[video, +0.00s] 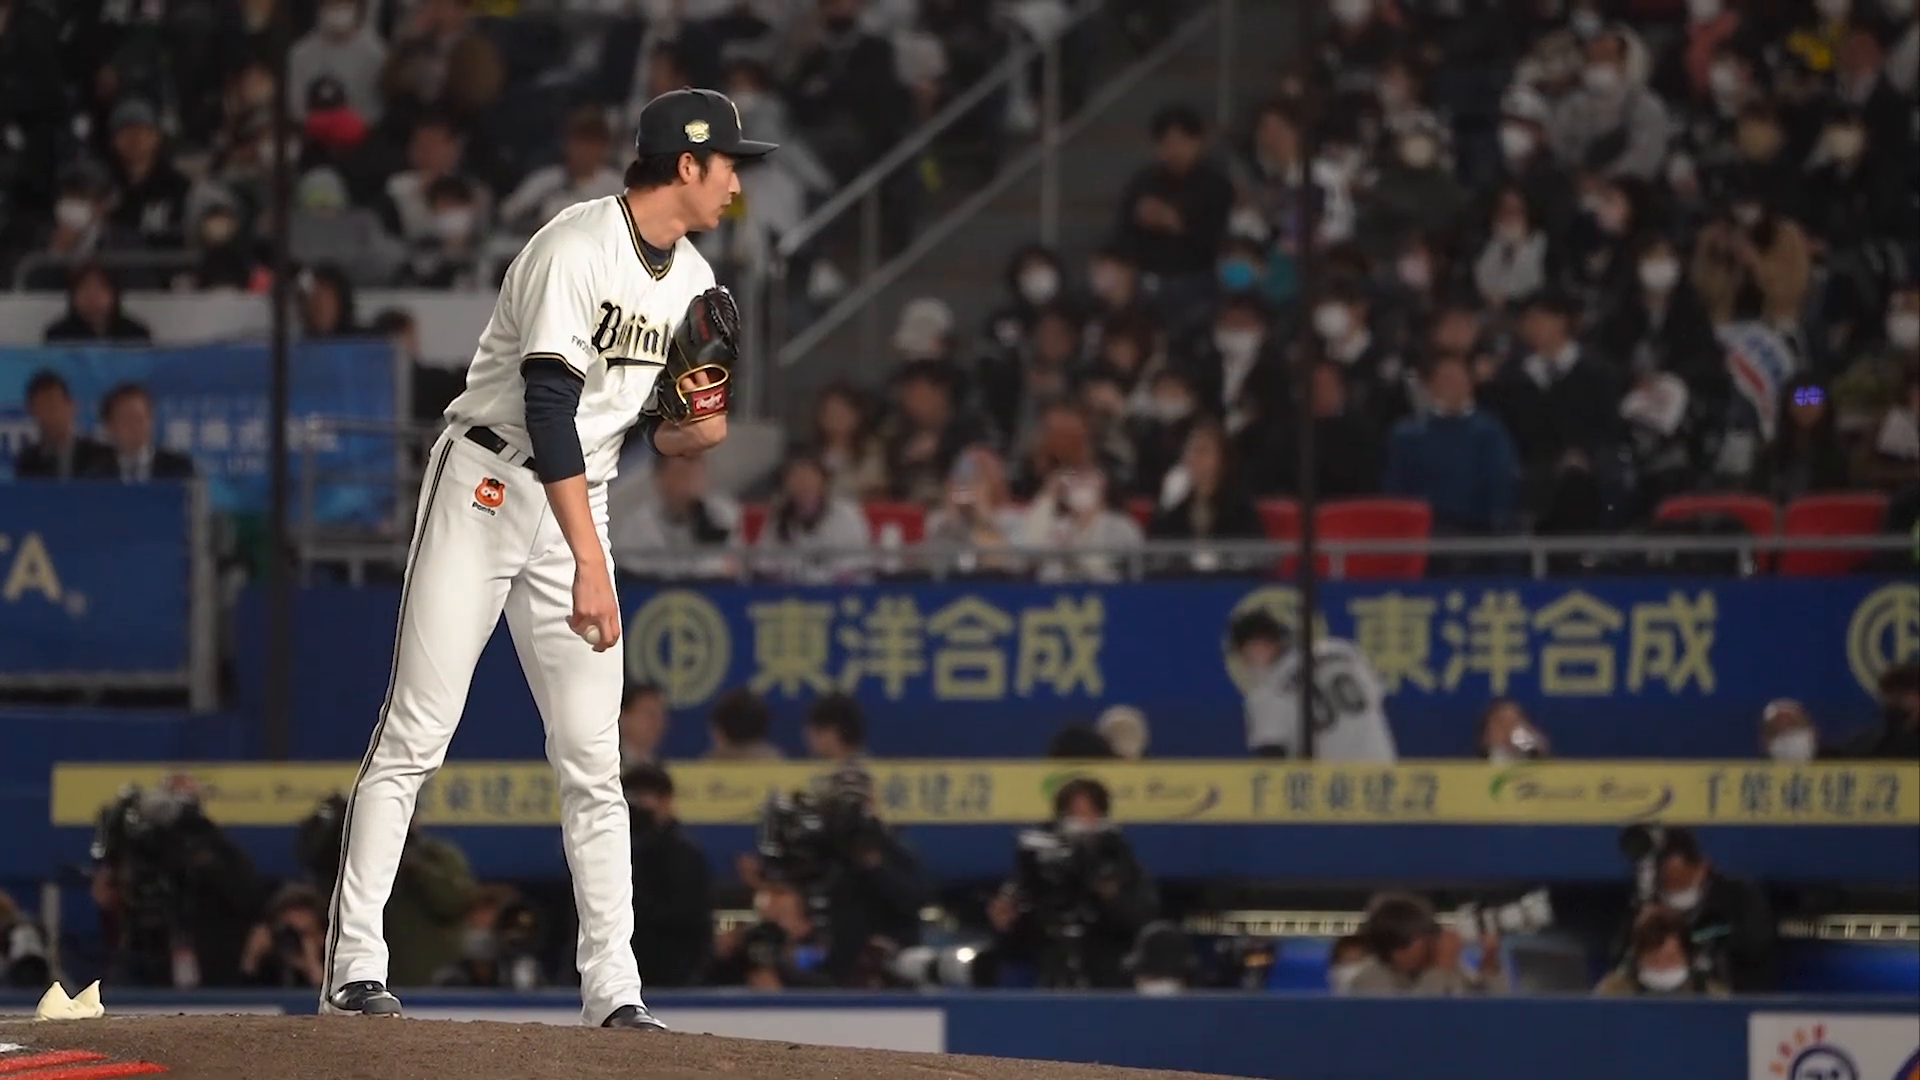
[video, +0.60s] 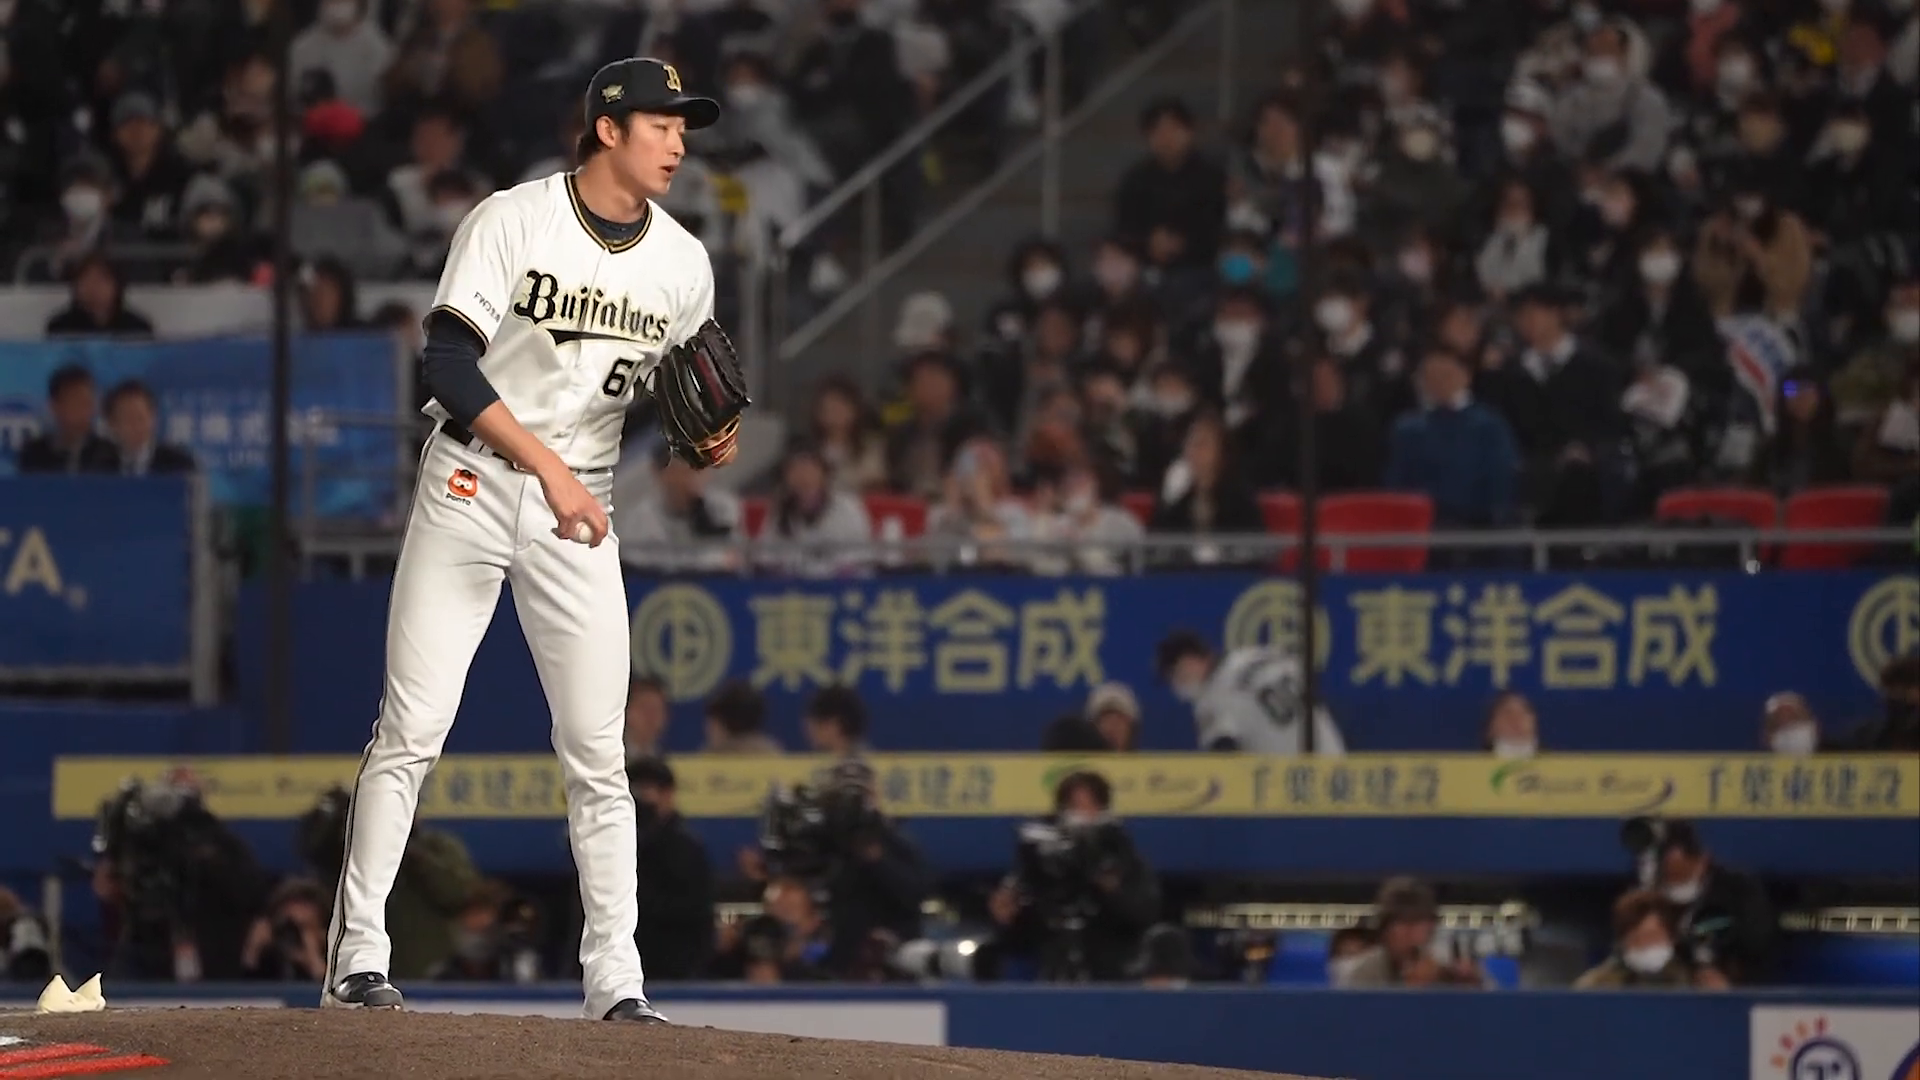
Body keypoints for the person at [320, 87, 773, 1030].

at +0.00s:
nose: (738, 182)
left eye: (737, 165)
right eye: (728, 164)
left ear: (688, 168)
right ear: (686, 166)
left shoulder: (695, 277)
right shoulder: (576, 247)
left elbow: (664, 424)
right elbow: (547, 408)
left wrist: (692, 431)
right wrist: (589, 560)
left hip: (583, 507)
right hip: (485, 482)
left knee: (592, 760)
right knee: (417, 729)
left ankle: (614, 995)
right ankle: (354, 965)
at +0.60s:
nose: (679, 144)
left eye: (683, 129)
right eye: (662, 126)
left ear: (672, 142)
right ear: (605, 128)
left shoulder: (686, 265)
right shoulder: (511, 218)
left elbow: (681, 401)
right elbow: (447, 365)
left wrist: (710, 439)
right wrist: (549, 466)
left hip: (578, 511)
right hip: (470, 492)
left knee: (599, 754)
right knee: (410, 730)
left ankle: (616, 985)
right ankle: (357, 955)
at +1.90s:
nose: (538, 118)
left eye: (553, 104)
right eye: (518, 104)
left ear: (578, 122)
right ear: (488, 124)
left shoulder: (636, 221)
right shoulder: (437, 228)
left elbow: (684, 364)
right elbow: (407, 383)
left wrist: (594, 305)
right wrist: (487, 301)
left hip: (586, 506)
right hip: (468, 497)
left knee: (614, 753)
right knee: (416, 726)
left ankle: (638, 978)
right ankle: (362, 948)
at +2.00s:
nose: (530, 120)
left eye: (546, 106)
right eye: (511, 106)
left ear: (570, 125)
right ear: (481, 125)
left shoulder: (626, 225)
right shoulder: (426, 230)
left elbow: (675, 369)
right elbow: (388, 379)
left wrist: (581, 311)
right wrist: (476, 306)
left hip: (576, 508)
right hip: (457, 498)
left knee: (608, 750)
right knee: (414, 722)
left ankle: (637, 980)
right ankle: (361, 952)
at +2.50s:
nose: (476, 115)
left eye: (491, 98)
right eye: (456, 99)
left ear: (515, 114)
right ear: (422, 117)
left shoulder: (556, 200)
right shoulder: (384, 196)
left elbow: (570, 234)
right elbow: (368, 231)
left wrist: (550, 260)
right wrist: (421, 246)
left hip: (519, 497)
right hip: (401, 495)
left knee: (581, 736)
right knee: (382, 723)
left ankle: (639, 963)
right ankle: (357, 960)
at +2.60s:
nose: (486, 123)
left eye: (501, 105)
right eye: (465, 107)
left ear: (524, 121)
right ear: (430, 126)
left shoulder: (571, 213)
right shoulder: (383, 211)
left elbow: (584, 284)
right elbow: (377, 258)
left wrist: (546, 283)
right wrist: (429, 267)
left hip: (530, 504)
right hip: (412, 500)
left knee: (586, 741)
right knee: (392, 724)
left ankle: (646, 970)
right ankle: (356, 961)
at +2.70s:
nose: (498, 129)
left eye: (513, 113)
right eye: (478, 114)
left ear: (536, 128)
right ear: (445, 131)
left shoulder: (585, 226)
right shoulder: (398, 228)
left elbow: (607, 319)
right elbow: (376, 305)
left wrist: (545, 275)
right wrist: (443, 270)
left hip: (546, 511)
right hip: (427, 505)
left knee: (592, 749)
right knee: (406, 724)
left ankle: (645, 976)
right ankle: (359, 961)